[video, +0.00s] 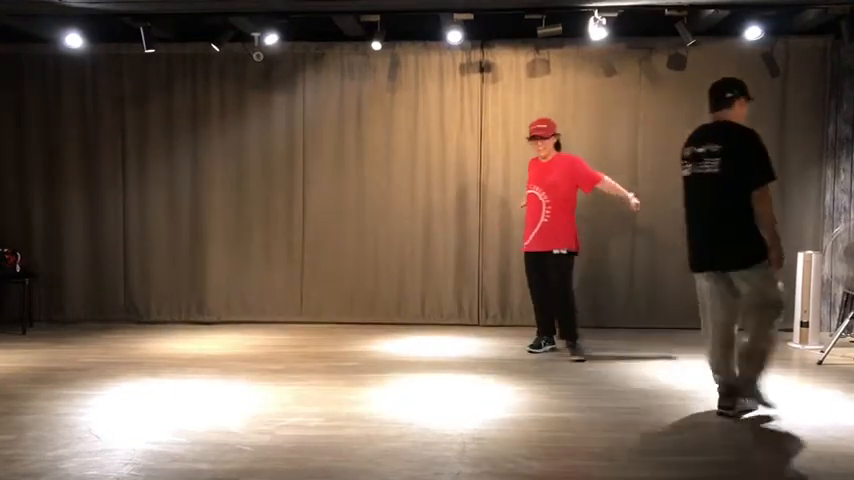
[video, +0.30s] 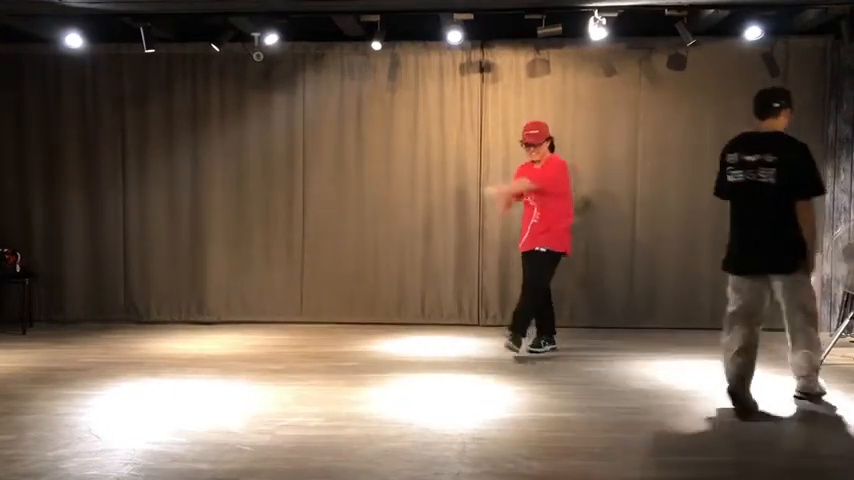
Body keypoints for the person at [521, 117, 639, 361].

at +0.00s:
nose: (539, 144)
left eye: (543, 139)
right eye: (535, 140)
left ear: (555, 139)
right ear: (531, 142)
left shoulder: (570, 163)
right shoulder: (533, 166)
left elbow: (599, 180)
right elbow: (540, 190)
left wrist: (627, 195)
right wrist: (528, 200)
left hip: (560, 242)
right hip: (533, 242)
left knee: (561, 292)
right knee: (539, 293)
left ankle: (571, 341)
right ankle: (545, 337)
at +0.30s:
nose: (532, 152)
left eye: (536, 146)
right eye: (527, 147)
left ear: (548, 143)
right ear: (523, 146)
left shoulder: (557, 166)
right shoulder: (524, 170)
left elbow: (536, 184)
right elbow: (516, 193)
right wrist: (507, 197)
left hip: (552, 236)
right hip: (530, 236)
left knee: (533, 285)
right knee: (538, 287)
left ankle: (516, 332)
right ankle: (546, 336)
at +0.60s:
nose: (530, 143)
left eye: (535, 139)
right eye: (526, 138)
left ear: (545, 141)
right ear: (521, 140)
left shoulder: (547, 163)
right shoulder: (517, 166)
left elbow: (513, 178)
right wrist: (503, 192)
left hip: (540, 240)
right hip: (518, 239)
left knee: (526, 289)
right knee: (529, 289)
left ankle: (519, 340)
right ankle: (545, 335)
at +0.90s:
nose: (514, 140)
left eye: (519, 136)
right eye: (511, 136)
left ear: (529, 140)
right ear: (507, 140)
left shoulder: (542, 161)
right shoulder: (509, 163)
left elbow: (571, 173)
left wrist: (593, 183)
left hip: (529, 241)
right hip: (504, 239)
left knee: (521, 291)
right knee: (495, 285)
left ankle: (519, 342)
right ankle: (526, 326)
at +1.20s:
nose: (519, 148)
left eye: (523, 144)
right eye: (515, 144)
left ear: (531, 142)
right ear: (506, 141)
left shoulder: (538, 166)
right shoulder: (495, 166)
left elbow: (544, 199)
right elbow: (475, 189)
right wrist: (458, 201)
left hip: (528, 244)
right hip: (497, 242)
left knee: (523, 297)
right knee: (486, 292)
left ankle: (519, 343)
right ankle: (473, 340)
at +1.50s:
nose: (503, 149)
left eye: (507, 145)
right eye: (498, 145)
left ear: (513, 142)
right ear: (489, 141)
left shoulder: (520, 159)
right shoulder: (479, 165)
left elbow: (507, 174)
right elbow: (494, 189)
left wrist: (474, 169)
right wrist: (526, 181)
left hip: (517, 242)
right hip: (485, 241)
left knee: (517, 297)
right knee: (480, 296)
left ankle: (519, 343)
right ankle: (475, 345)